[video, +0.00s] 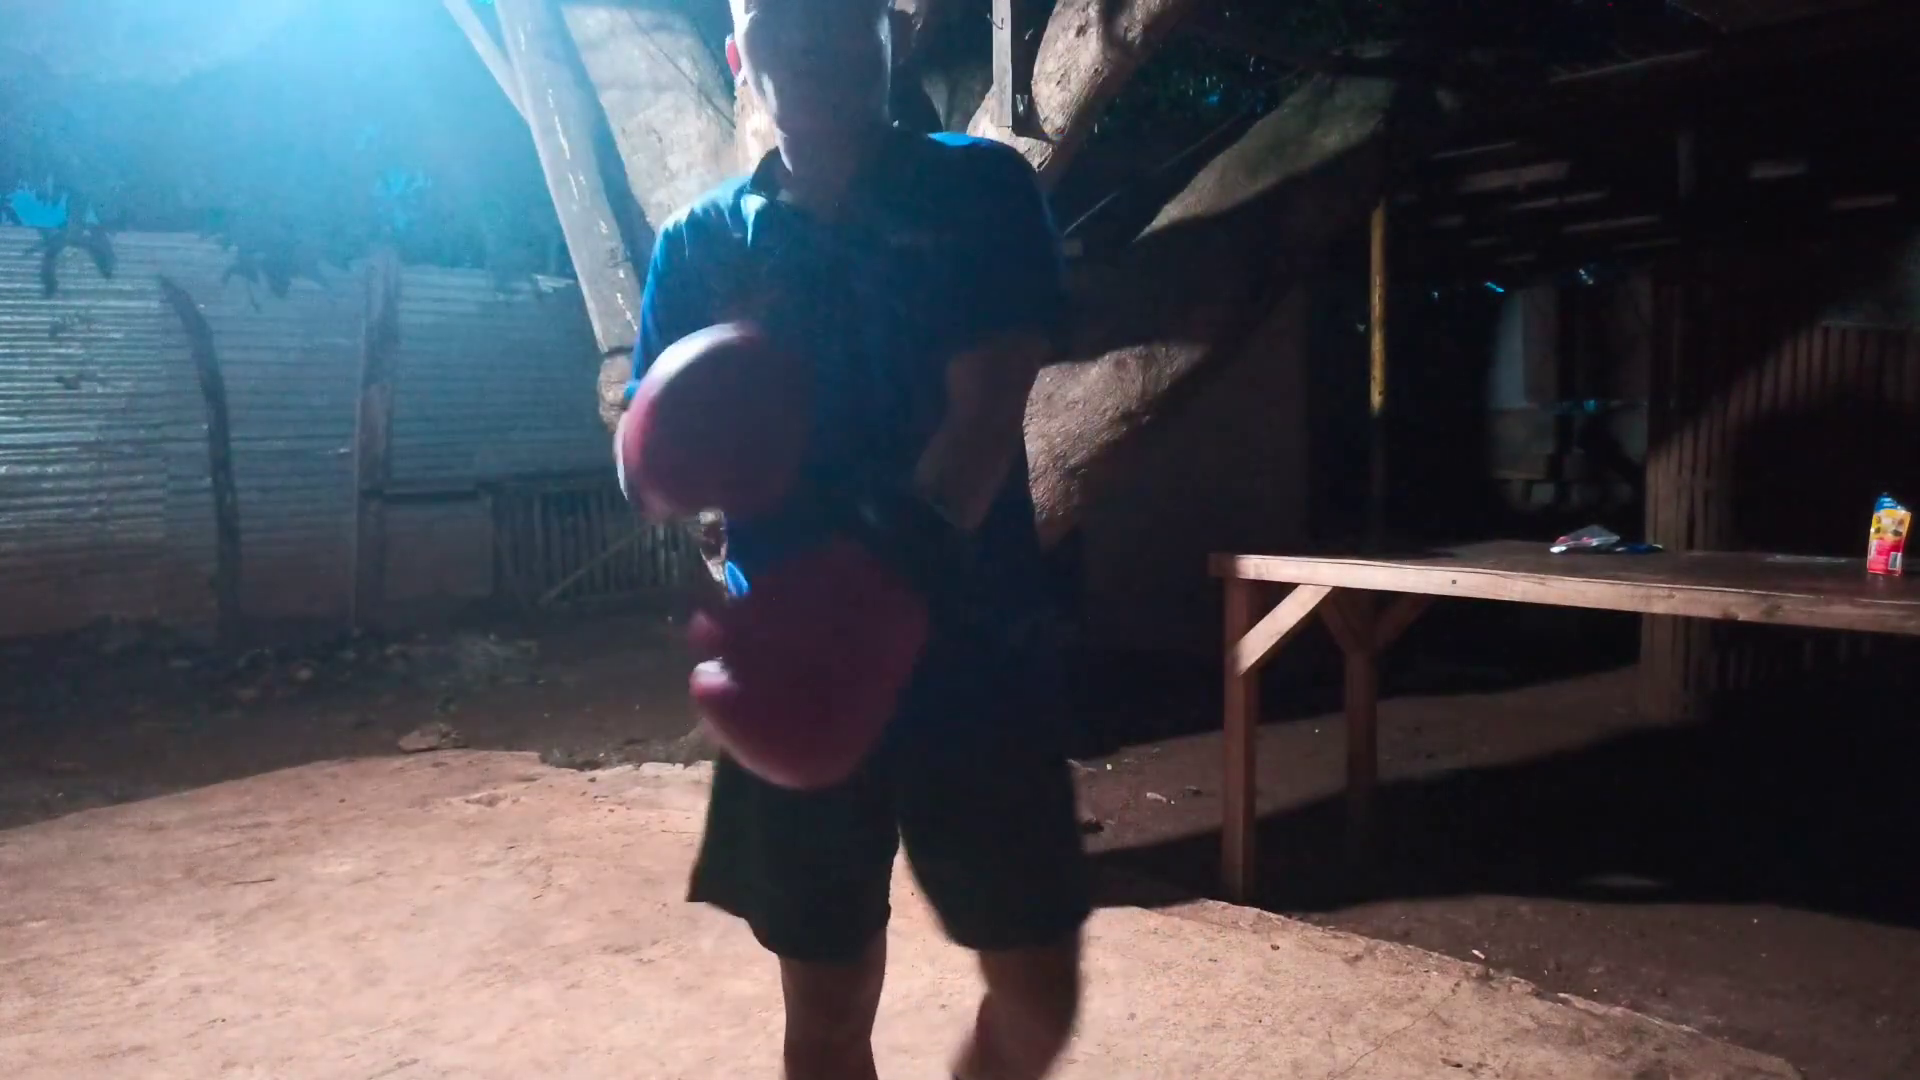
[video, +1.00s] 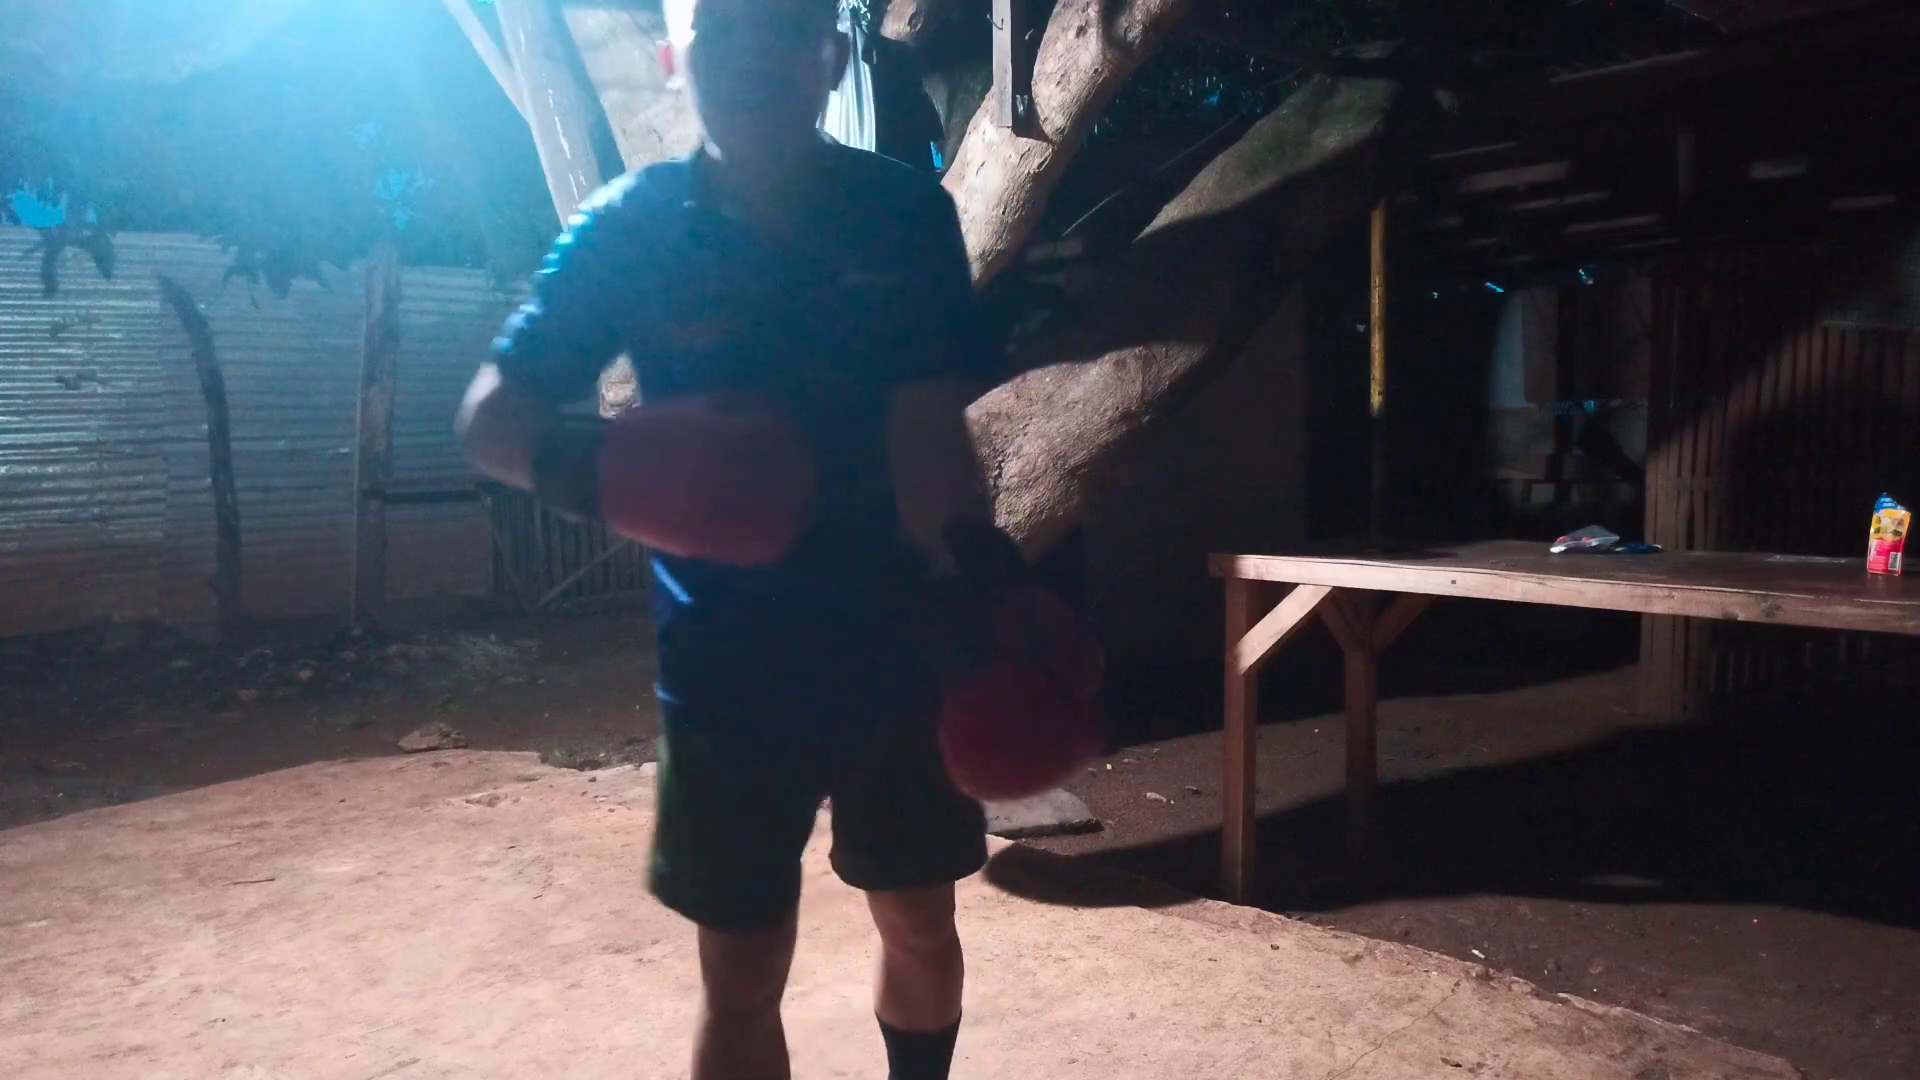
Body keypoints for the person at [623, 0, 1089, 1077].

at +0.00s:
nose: (816, 56)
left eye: (843, 30)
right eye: (785, 32)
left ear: (891, 41)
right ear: (741, 56)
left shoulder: (980, 186)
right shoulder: (698, 242)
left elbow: (990, 415)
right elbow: (663, 467)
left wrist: (890, 573)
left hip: (978, 633)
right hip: (794, 647)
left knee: (1038, 993)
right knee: (828, 996)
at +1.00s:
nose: (758, 61)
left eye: (789, 34)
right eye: (727, 35)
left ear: (836, 60)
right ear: (681, 62)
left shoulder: (898, 205)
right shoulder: (630, 225)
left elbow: (928, 428)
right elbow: (493, 415)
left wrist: (996, 587)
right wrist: (621, 470)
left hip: (896, 623)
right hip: (729, 642)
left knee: (921, 926)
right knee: (741, 976)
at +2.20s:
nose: (931, 24)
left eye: (960, 2)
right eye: (895, 1)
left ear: (997, 19)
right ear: (818, 14)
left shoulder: (1053, 191)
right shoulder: (753, 195)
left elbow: (1121, 426)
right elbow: (582, 432)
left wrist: (1102, 591)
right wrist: (767, 426)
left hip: (1034, 665)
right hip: (847, 687)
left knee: (1000, 1003)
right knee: (862, 1046)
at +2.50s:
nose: (951, 12)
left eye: (966, 3)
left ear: (979, 6)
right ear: (815, 2)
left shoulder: (1018, 141)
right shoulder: (702, 135)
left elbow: (1106, 394)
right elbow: (599, 390)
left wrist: (1057, 533)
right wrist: (849, 317)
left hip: (1025, 678)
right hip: (817, 702)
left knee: (1070, 1030)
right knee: (831, 1056)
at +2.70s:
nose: (959, 18)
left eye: (979, 4)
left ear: (997, 7)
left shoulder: (1042, 130)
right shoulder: (721, 107)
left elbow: (1124, 356)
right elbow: (738, 341)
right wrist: (1011, 330)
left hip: (1039, 681)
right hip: (830, 694)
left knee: (1059, 1033)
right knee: (830, 1057)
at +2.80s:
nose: (977, 9)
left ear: (1027, 7)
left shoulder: (1071, 141)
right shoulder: (748, 105)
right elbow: (778, 328)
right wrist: (1057, 333)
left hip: (1058, 688)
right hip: (853, 690)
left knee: (1074, 1026)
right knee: (849, 1054)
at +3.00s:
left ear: (1054, 3)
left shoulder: (1128, 148)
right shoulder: (816, 106)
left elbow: (1209, 383)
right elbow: (865, 315)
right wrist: (1108, 400)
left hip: (1094, 660)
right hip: (892, 659)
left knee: (1079, 979)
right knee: (905, 1032)